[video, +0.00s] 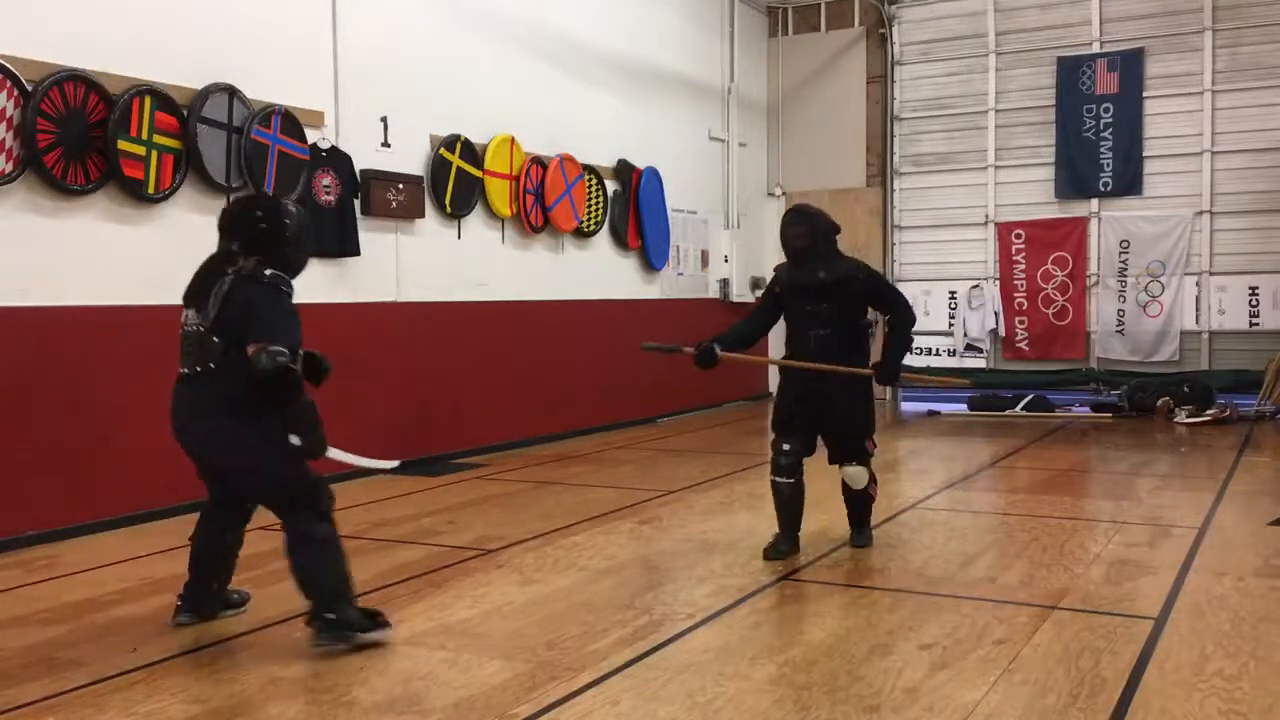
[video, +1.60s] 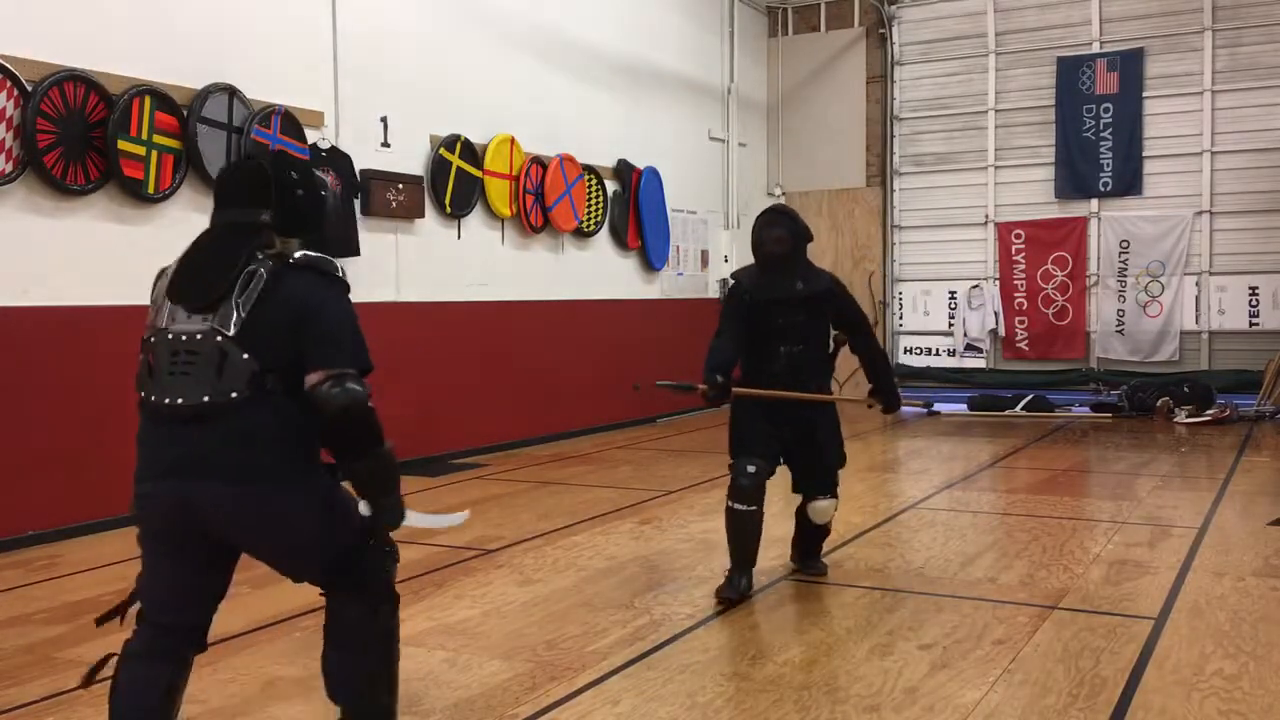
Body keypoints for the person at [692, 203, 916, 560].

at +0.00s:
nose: (792, 245)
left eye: (798, 237)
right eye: (788, 238)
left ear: (817, 236)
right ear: (785, 239)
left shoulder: (854, 274)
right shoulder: (786, 279)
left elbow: (903, 312)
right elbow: (757, 322)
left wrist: (891, 363)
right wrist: (718, 345)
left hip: (846, 385)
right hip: (798, 385)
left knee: (854, 466)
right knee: (785, 460)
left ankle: (860, 526)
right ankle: (788, 536)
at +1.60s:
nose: (773, 244)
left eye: (782, 236)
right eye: (765, 236)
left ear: (800, 239)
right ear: (754, 242)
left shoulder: (822, 286)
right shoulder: (745, 288)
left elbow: (861, 334)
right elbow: (728, 335)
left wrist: (885, 384)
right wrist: (716, 373)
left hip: (811, 404)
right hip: (756, 403)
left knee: (822, 496)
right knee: (745, 484)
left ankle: (806, 554)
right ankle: (740, 572)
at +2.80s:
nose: (765, 236)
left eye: (774, 226)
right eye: (755, 227)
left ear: (795, 226)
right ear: (744, 229)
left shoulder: (820, 270)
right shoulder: (735, 273)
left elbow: (867, 318)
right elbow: (723, 326)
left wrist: (864, 383)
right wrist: (731, 354)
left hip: (807, 397)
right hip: (754, 397)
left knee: (805, 495)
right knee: (771, 493)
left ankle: (787, 565)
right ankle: (762, 600)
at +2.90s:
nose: (767, 248)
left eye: (776, 239)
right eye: (758, 240)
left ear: (795, 240)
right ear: (746, 245)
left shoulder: (821, 283)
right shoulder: (741, 286)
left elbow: (846, 342)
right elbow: (730, 339)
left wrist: (805, 360)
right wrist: (757, 354)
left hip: (807, 403)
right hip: (758, 405)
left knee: (807, 491)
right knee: (787, 503)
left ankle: (784, 553)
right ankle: (767, 606)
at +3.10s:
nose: (780, 247)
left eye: (790, 237)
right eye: (771, 237)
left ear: (809, 242)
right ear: (758, 243)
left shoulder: (827, 287)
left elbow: (861, 357)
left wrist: (831, 358)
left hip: (816, 409)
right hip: (765, 413)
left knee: (833, 502)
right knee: (798, 508)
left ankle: (796, 552)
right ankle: (768, 606)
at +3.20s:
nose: (786, 236)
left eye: (796, 227)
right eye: (778, 227)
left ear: (813, 233)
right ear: (763, 231)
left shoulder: (827, 279)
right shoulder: (745, 281)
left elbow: (869, 335)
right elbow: (730, 339)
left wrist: (871, 379)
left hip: (821, 400)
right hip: (769, 404)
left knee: (843, 484)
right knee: (798, 501)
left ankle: (820, 552)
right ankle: (769, 606)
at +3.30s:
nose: (802, 244)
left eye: (810, 235)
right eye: (793, 235)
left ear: (821, 238)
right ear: (775, 236)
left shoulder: (830, 286)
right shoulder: (759, 284)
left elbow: (870, 340)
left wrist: (891, 395)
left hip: (823, 398)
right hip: (774, 400)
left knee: (848, 478)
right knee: (794, 492)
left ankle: (832, 556)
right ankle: (773, 584)